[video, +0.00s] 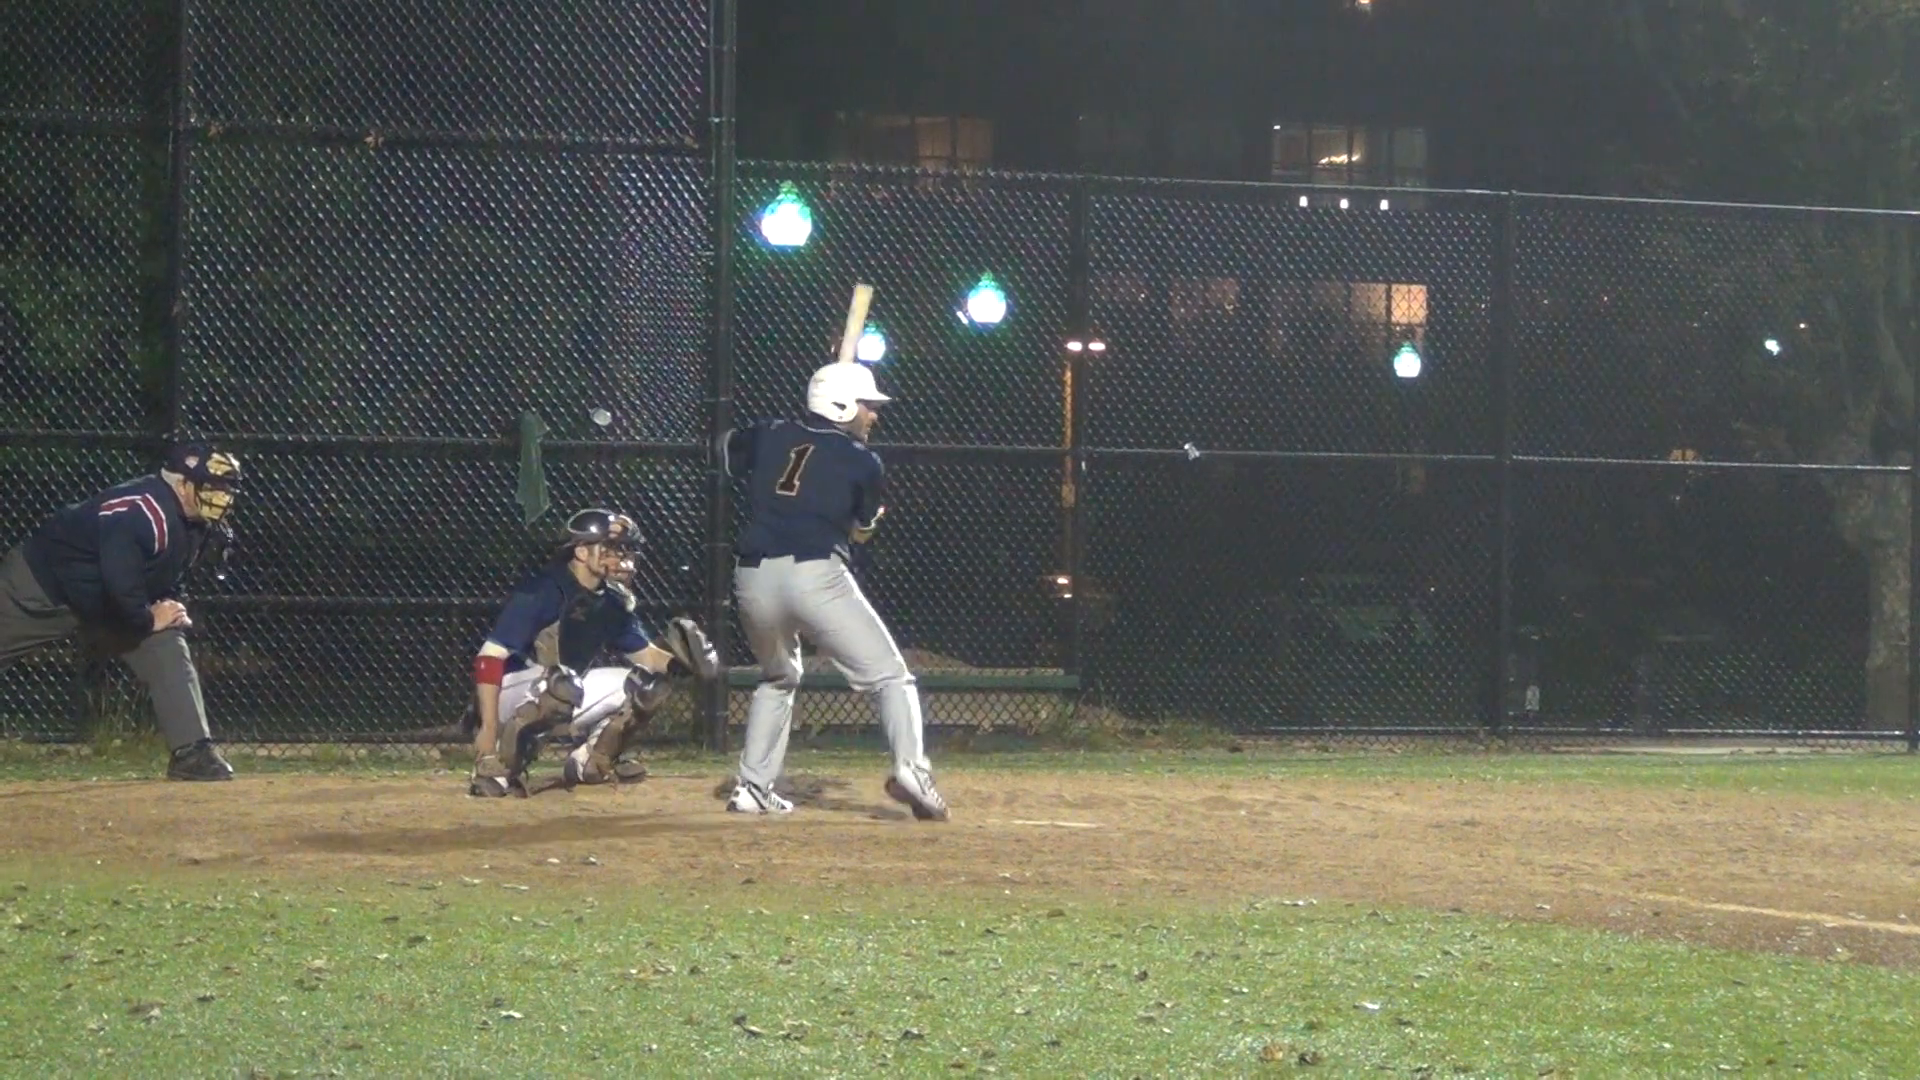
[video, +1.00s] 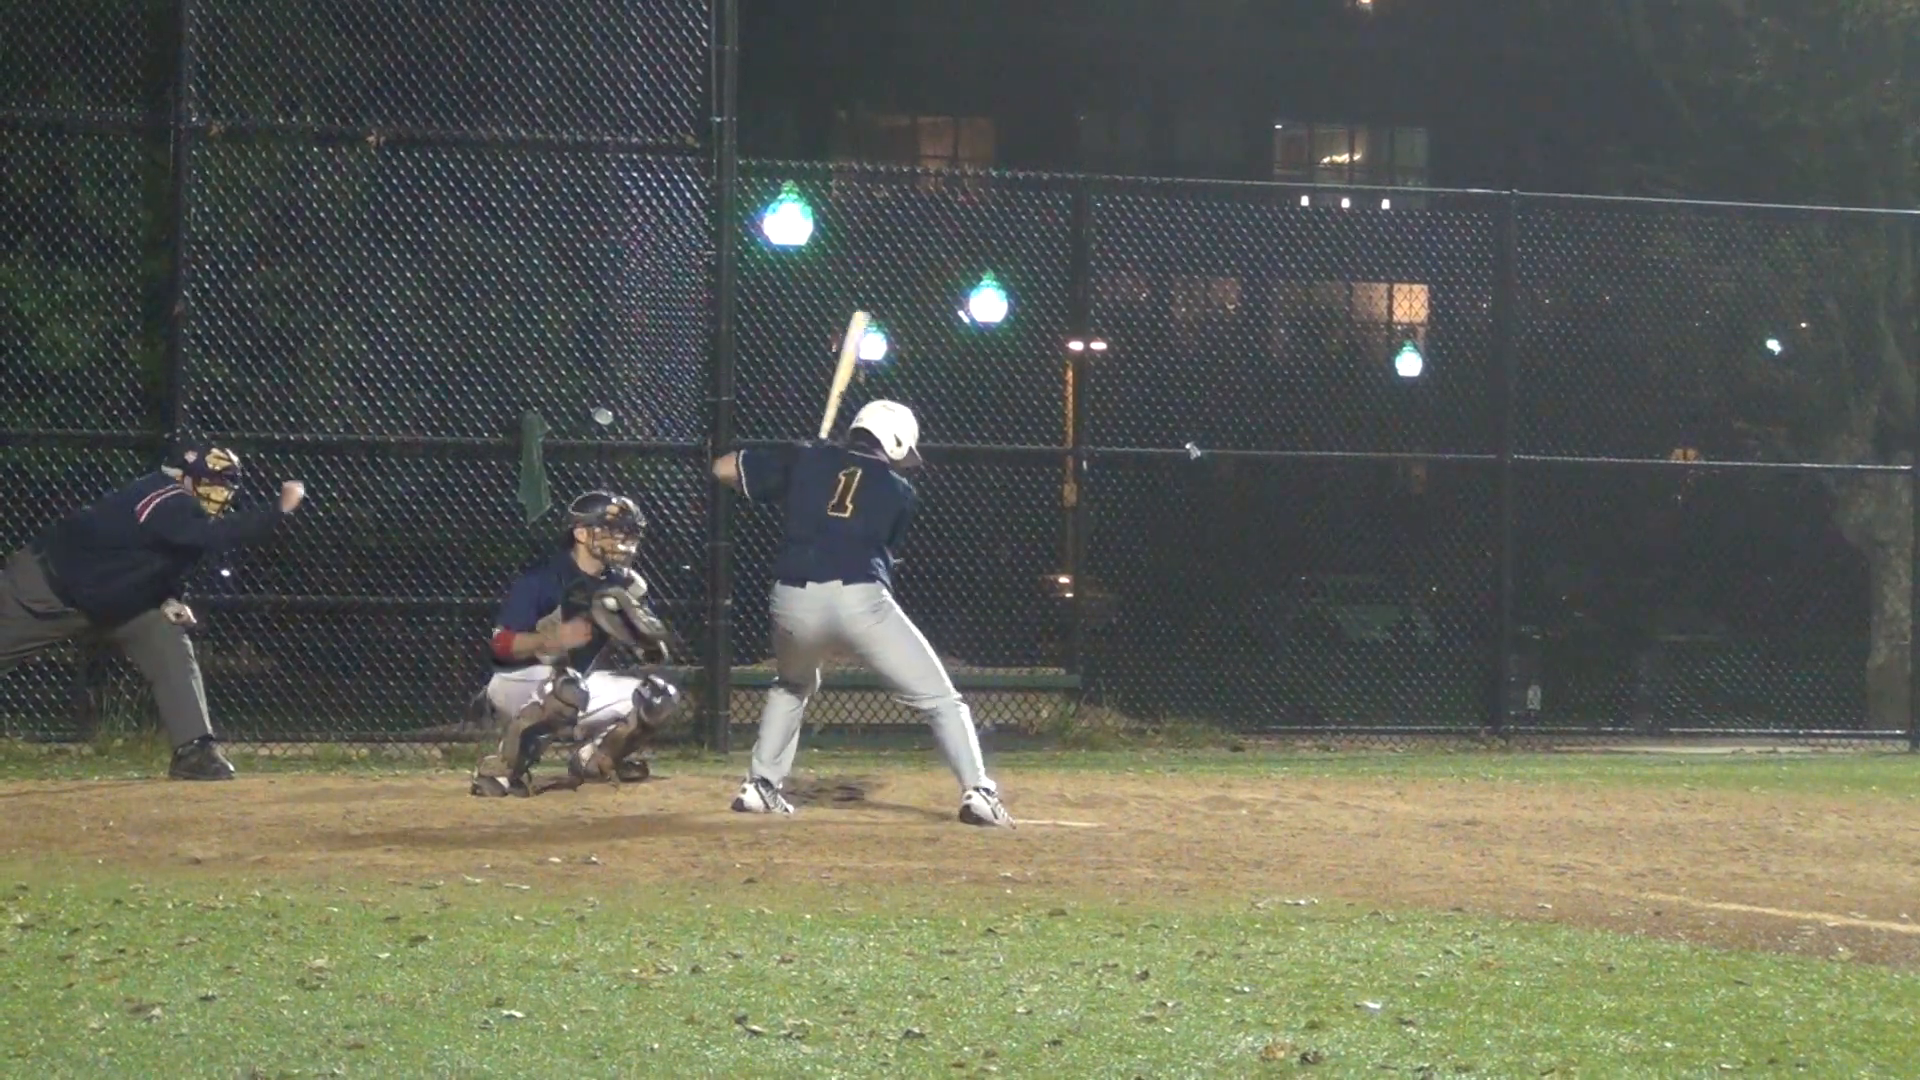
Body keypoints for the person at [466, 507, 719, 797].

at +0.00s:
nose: (620, 560)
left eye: (622, 552)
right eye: (610, 550)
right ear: (581, 553)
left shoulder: (611, 602)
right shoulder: (543, 591)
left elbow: (647, 655)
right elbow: (489, 659)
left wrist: (684, 661)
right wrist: (489, 728)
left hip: (569, 691)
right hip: (508, 692)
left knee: (646, 686)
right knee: (561, 686)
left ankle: (591, 764)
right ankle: (495, 767)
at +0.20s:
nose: (621, 556)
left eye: (623, 549)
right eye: (611, 548)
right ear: (585, 552)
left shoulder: (616, 604)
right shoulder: (549, 591)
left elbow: (647, 658)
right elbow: (493, 656)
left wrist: (685, 666)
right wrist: (492, 725)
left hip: (571, 691)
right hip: (511, 691)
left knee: (649, 689)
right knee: (563, 686)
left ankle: (592, 764)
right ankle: (496, 768)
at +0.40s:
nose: (627, 565)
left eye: (629, 557)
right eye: (617, 556)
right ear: (587, 558)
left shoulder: (622, 605)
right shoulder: (545, 597)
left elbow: (659, 659)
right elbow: (490, 659)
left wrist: (687, 654)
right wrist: (490, 730)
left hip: (576, 694)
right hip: (513, 695)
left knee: (648, 692)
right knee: (566, 684)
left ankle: (592, 763)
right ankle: (500, 767)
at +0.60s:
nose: (619, 571)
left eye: (622, 563)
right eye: (610, 561)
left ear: (627, 565)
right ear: (581, 561)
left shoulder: (618, 609)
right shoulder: (539, 597)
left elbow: (672, 644)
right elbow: (481, 659)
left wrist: (706, 665)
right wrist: (487, 730)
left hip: (567, 699)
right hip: (505, 699)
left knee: (647, 694)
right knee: (564, 682)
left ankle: (591, 766)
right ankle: (497, 770)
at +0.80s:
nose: (620, 563)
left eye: (623, 555)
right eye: (610, 554)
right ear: (582, 554)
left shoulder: (618, 600)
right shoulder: (545, 589)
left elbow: (647, 645)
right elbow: (482, 647)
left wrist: (682, 657)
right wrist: (487, 710)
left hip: (568, 692)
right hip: (505, 692)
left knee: (648, 692)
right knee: (562, 687)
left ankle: (594, 765)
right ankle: (496, 769)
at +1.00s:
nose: (621, 539)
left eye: (624, 532)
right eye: (610, 530)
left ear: (631, 536)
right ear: (581, 534)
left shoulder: (621, 584)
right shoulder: (542, 580)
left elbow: (655, 652)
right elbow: (501, 645)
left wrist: (637, 626)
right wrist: (555, 638)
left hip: (579, 681)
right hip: (515, 679)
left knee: (657, 695)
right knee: (569, 690)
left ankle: (593, 761)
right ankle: (501, 770)